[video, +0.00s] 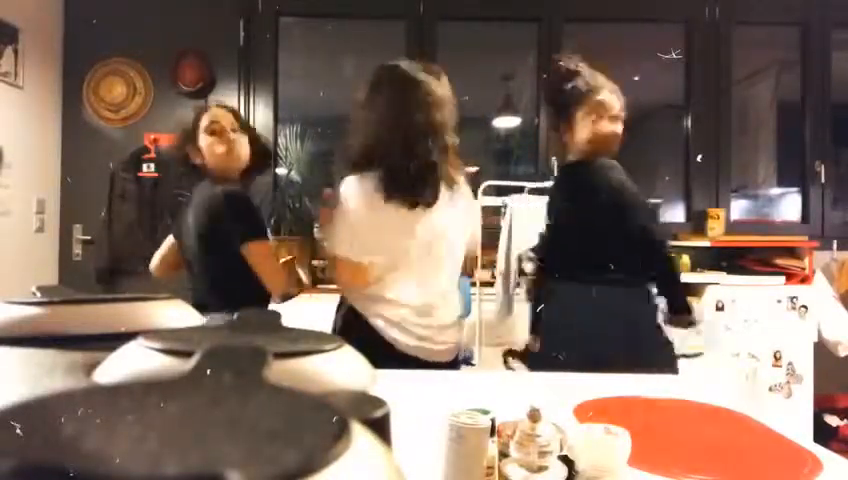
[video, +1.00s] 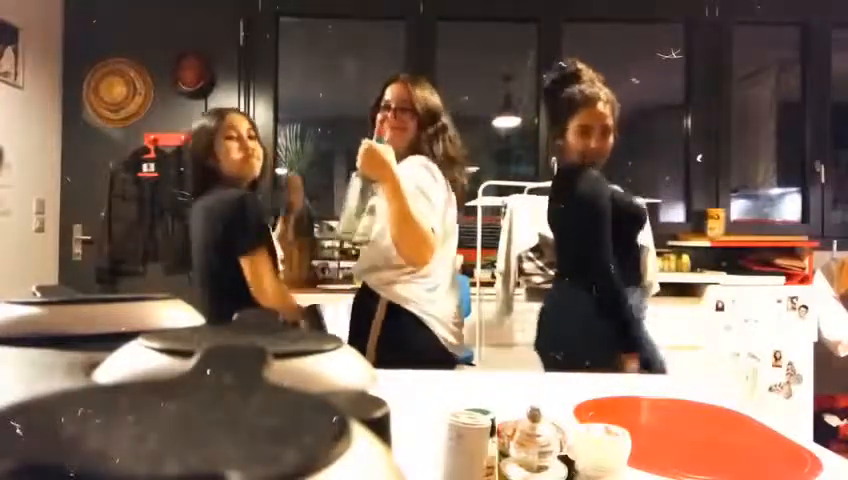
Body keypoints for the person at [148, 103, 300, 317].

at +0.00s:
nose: (229, 137)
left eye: (236, 130)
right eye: (214, 131)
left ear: (249, 143)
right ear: (195, 153)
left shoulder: (197, 199)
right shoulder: (232, 200)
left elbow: (160, 267)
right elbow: (279, 285)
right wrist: (292, 269)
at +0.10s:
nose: (233, 154)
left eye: (239, 147)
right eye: (217, 148)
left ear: (250, 163)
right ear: (198, 170)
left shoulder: (203, 213)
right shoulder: (232, 216)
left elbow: (165, 282)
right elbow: (278, 297)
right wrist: (297, 280)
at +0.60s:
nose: (257, 146)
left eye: (261, 137)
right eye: (240, 140)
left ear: (271, 146)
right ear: (220, 158)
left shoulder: (219, 205)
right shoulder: (254, 202)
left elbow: (183, 277)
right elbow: (293, 290)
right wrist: (314, 292)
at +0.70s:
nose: (257, 134)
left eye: (261, 125)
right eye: (241, 128)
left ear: (271, 135)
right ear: (220, 146)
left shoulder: (217, 196)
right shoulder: (263, 189)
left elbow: (184, 266)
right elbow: (303, 275)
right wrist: (318, 287)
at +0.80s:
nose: (257, 145)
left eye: (261, 136)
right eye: (241, 138)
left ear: (271, 146)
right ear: (220, 155)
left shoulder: (214, 206)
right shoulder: (255, 201)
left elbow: (195, 278)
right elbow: (299, 280)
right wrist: (317, 306)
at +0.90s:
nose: (255, 155)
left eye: (259, 146)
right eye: (238, 147)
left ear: (268, 154)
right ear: (215, 162)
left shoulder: (208, 215)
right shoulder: (250, 213)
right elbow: (284, 298)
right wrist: (310, 314)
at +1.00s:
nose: (248, 146)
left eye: (252, 137)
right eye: (232, 138)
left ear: (260, 145)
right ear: (209, 154)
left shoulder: (201, 206)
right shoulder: (242, 204)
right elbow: (266, 291)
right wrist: (298, 314)